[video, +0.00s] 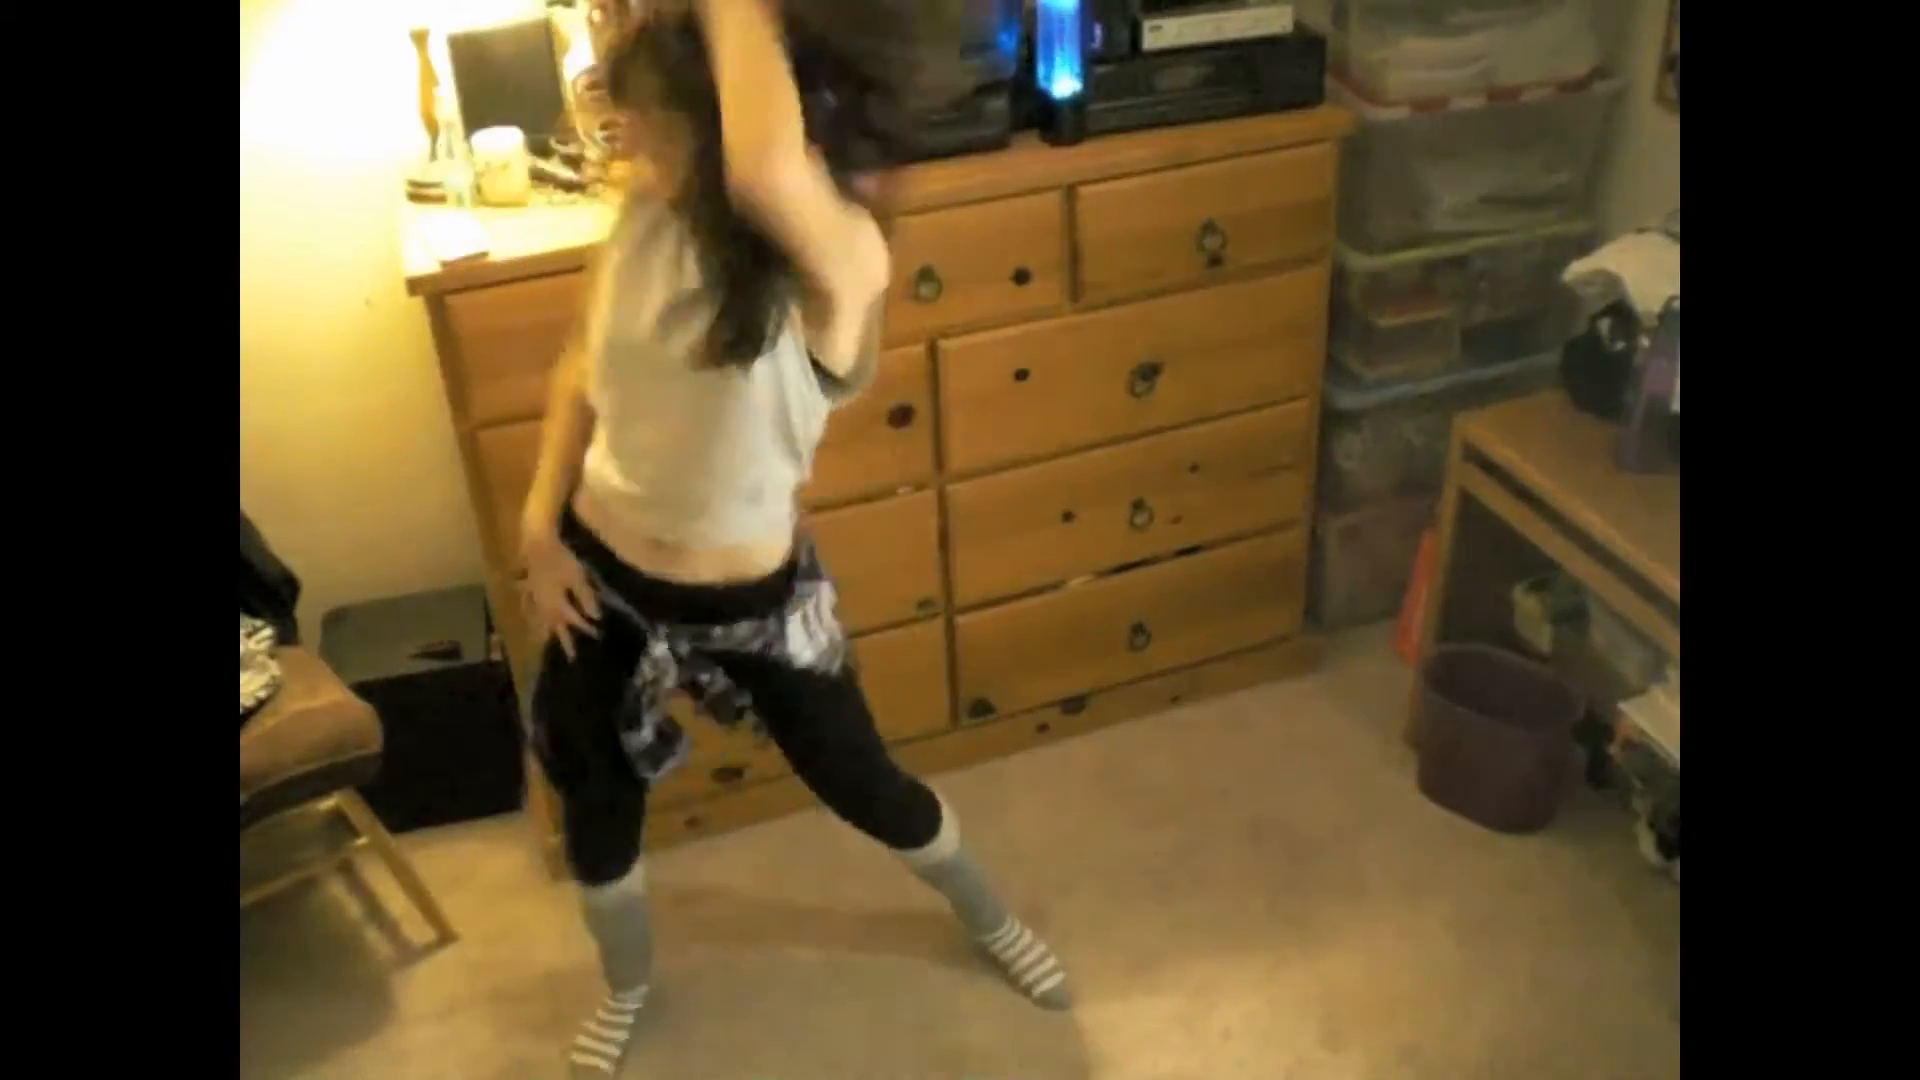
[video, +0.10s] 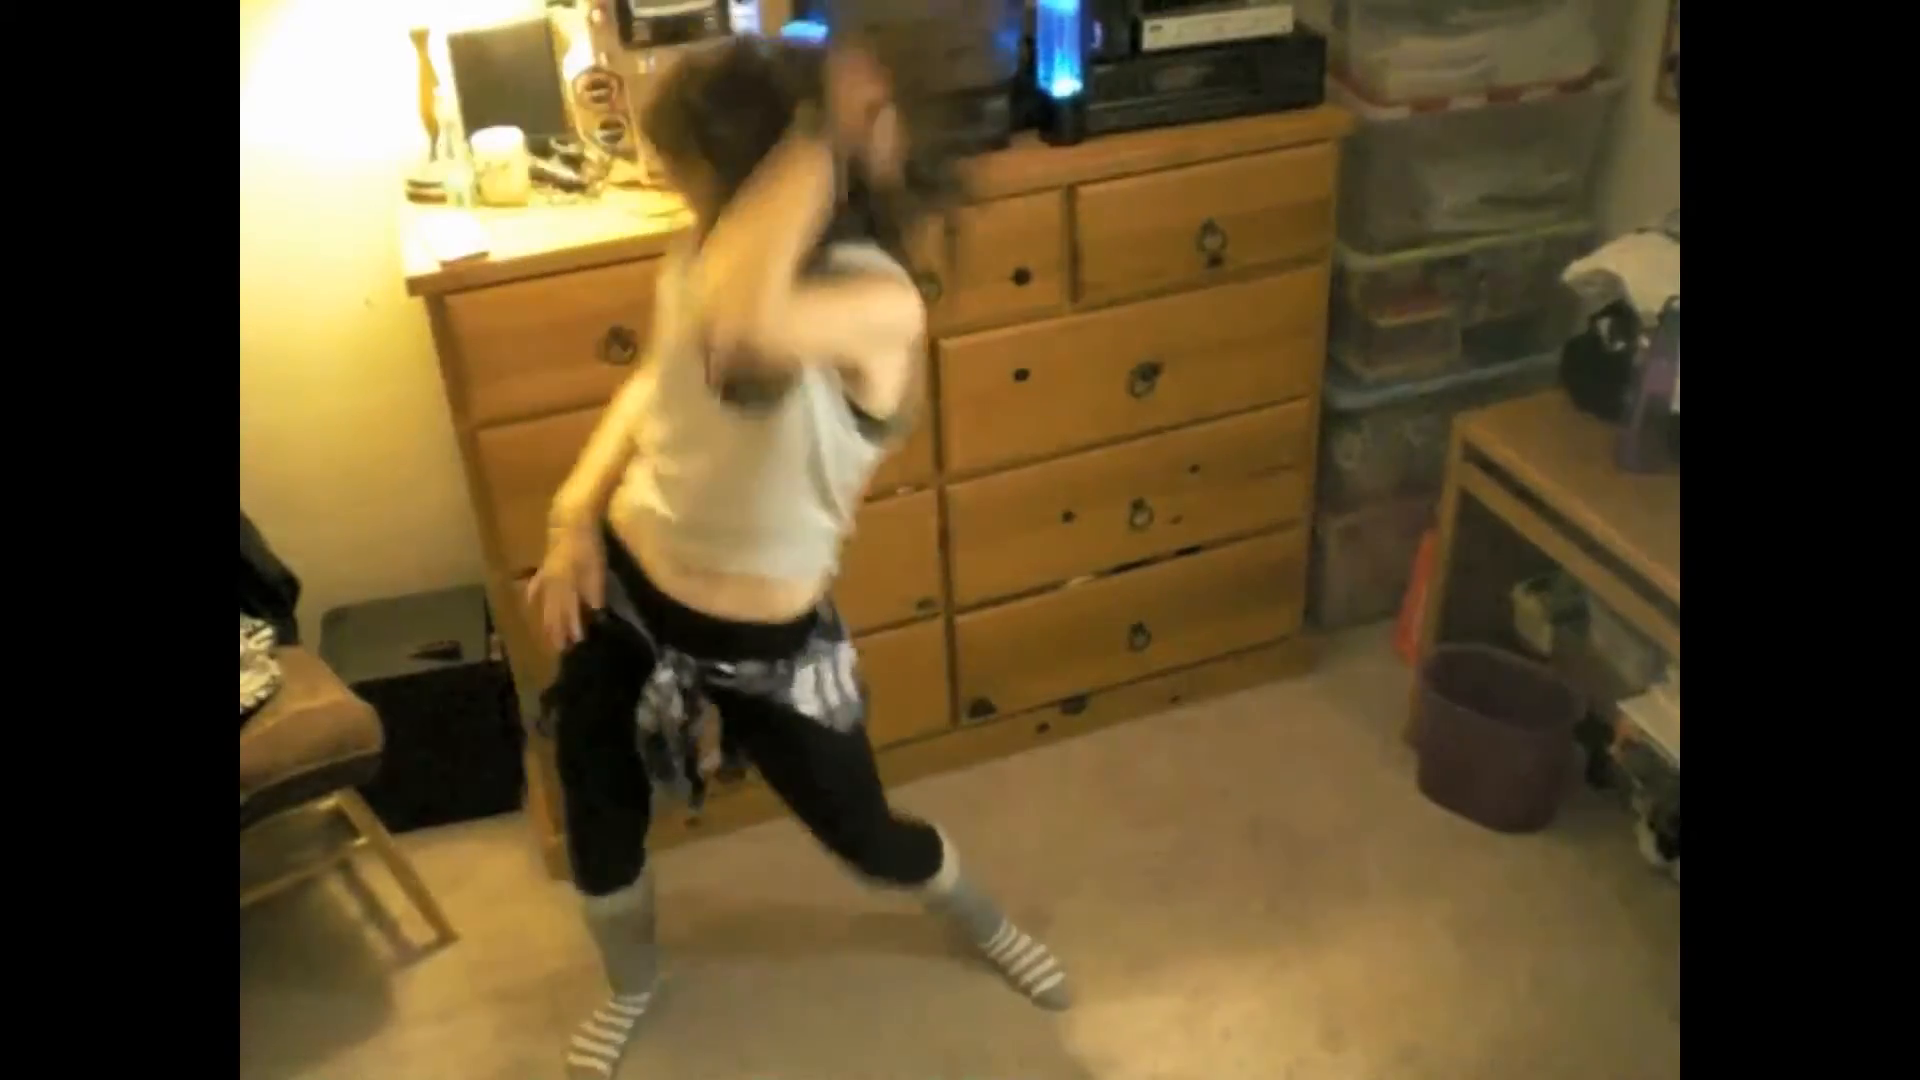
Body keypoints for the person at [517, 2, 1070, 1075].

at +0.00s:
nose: (618, 135)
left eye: (638, 112)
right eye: (616, 112)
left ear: (721, 114)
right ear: (644, 121)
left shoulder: (840, 258)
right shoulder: (640, 221)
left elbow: (764, 166)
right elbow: (579, 375)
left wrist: (733, 6)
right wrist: (540, 525)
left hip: (757, 603)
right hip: (610, 587)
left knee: (868, 793)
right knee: (597, 824)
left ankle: (992, 919)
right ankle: (626, 989)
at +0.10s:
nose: (673, 192)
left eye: (683, 170)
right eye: (671, 172)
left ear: (752, 165)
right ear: (724, 176)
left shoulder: (880, 299)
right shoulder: (697, 261)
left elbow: (737, 323)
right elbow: (651, 384)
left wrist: (818, 144)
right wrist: (574, 511)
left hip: (774, 652)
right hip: (634, 613)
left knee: (872, 845)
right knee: (598, 832)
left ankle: (984, 922)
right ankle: (631, 985)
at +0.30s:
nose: (726, 236)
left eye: (740, 216)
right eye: (727, 214)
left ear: (807, 228)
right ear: (799, 231)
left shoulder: (939, 366)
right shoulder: (729, 317)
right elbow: (678, 432)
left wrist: (820, 421)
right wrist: (619, 537)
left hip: (869, 652)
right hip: (735, 612)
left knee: (935, 906)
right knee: (615, 857)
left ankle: (996, 939)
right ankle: (627, 991)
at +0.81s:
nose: (814, 173)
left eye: (828, 142)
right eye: (781, 150)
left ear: (850, 134)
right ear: (713, 156)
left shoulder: (900, 245)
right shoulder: (683, 262)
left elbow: (952, 412)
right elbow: (533, 120)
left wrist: (953, 574)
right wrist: (677, 34)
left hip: (908, 583)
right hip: (759, 616)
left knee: (1011, 780)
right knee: (728, 865)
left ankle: (1008, 920)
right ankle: (621, 992)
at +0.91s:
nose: (789, 196)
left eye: (801, 167)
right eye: (759, 173)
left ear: (819, 159)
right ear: (689, 178)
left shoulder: (870, 253)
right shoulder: (671, 298)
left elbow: (922, 415)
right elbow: (560, 246)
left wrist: (923, 571)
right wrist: (597, 139)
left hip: (883, 600)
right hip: (733, 625)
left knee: (1031, 783)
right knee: (704, 879)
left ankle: (1005, 918)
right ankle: (625, 993)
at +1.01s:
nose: (795, 228)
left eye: (800, 200)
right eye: (761, 211)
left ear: (812, 189)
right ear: (685, 220)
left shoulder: (852, 271)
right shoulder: (662, 325)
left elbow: (914, 406)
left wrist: (910, 574)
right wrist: (594, 240)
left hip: (859, 627)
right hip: (716, 646)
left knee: (1026, 810)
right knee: (693, 903)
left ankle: (1001, 920)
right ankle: (618, 1003)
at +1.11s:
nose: (816, 249)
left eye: (816, 225)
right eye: (791, 231)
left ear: (821, 221)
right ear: (713, 234)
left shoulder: (838, 288)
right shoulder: (645, 359)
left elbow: (889, 420)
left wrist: (884, 573)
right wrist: (630, 357)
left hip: (844, 623)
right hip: (713, 655)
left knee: (1030, 829)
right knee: (691, 924)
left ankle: (1003, 921)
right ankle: (618, 1008)